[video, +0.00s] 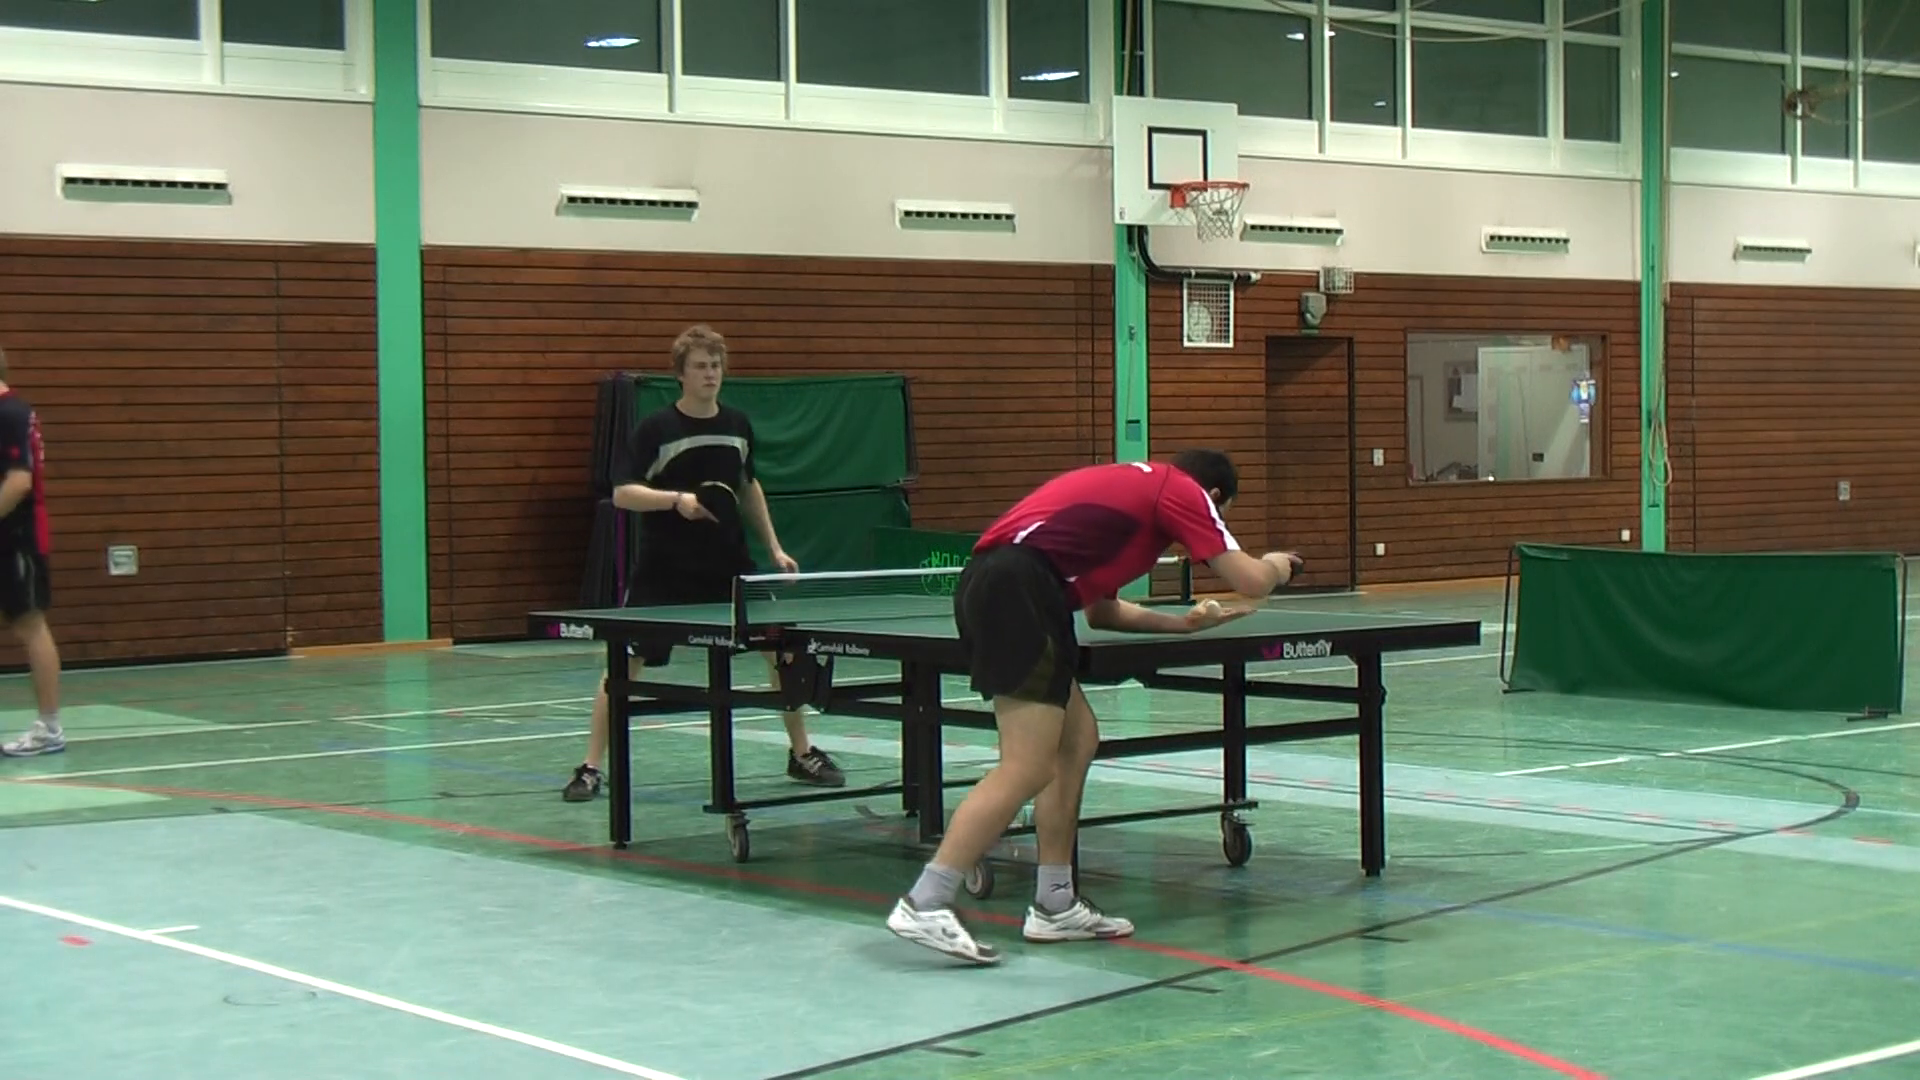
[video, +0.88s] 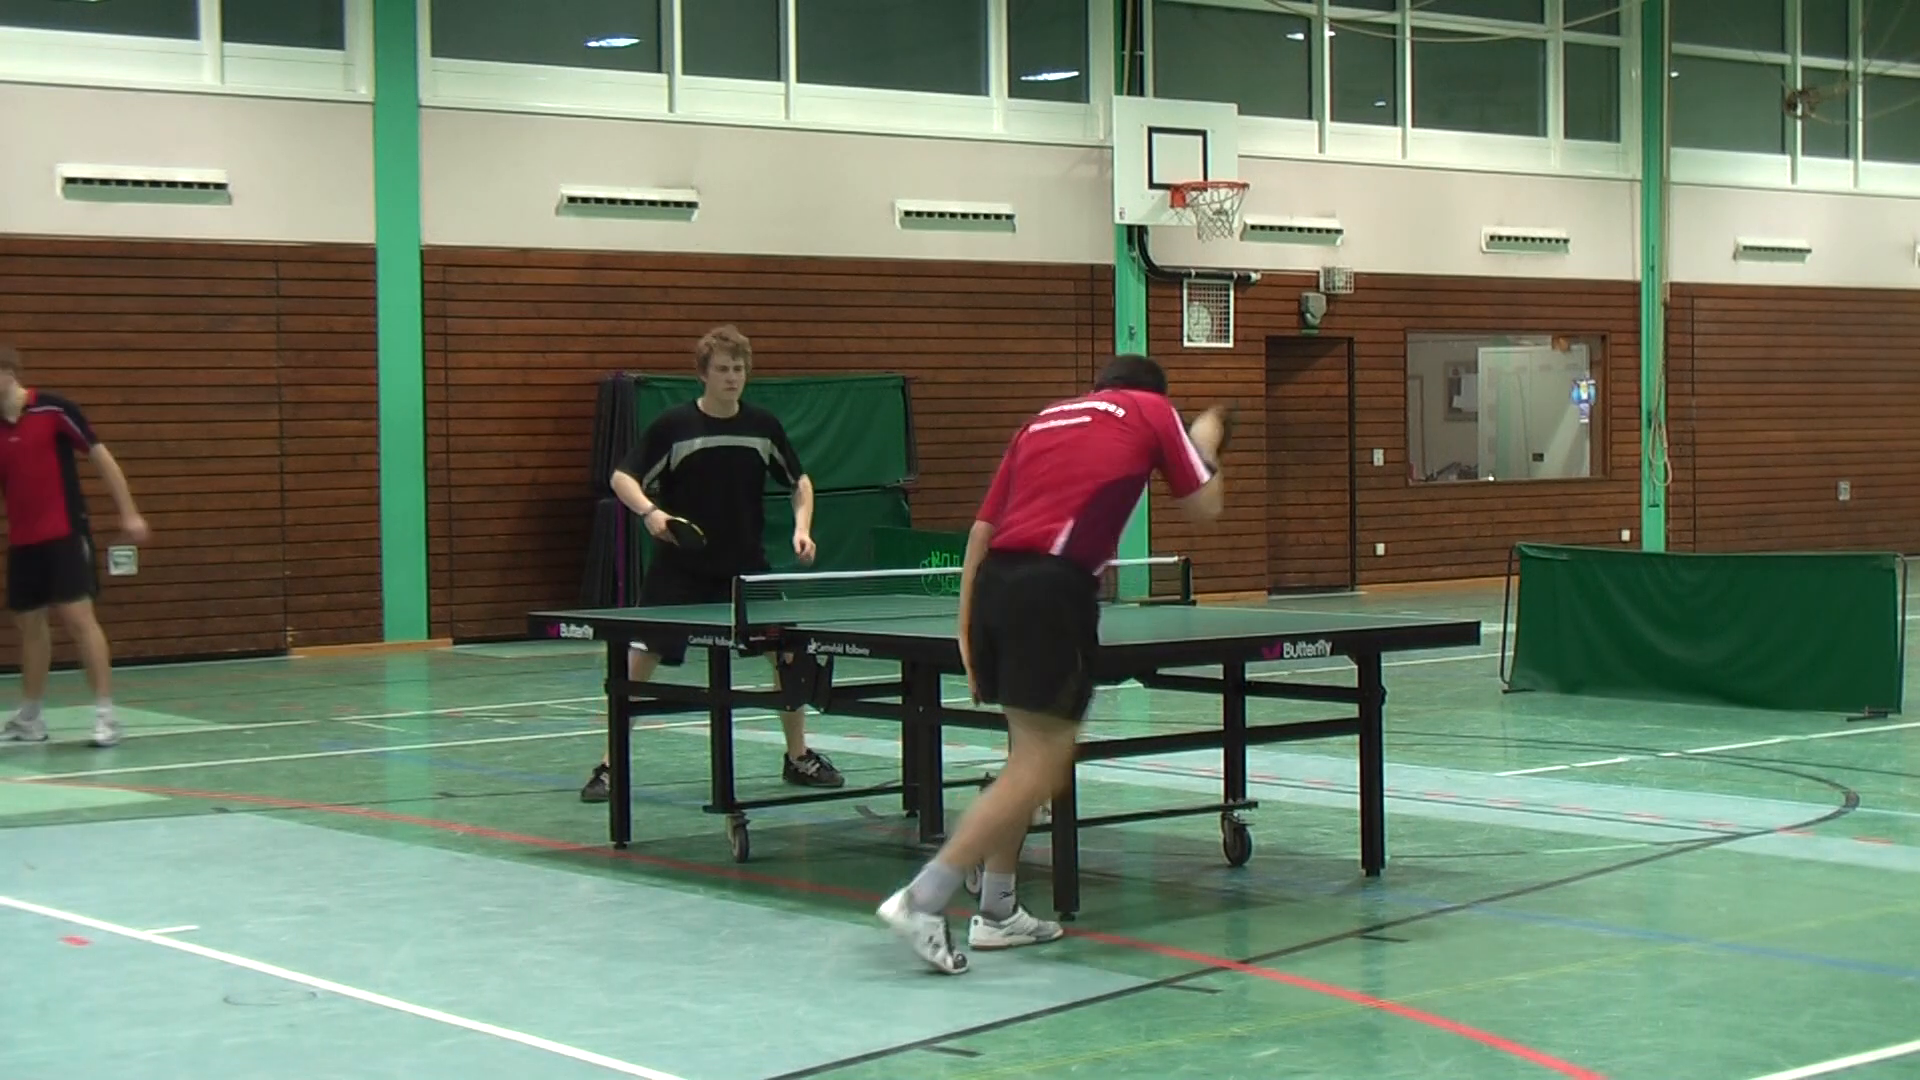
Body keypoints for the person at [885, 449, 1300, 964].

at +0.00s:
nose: (1215, 519)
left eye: (1218, 513)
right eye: (1217, 507)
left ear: (1175, 473)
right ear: (1207, 491)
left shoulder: (1121, 500)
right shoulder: (1177, 487)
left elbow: (1102, 609)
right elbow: (1252, 582)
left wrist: (1185, 619)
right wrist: (1277, 565)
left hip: (999, 585)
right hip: (1017, 583)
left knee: (1077, 738)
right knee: (1029, 763)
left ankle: (1054, 906)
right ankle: (924, 903)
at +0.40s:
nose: (1175, 434)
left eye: (1175, 425)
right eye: (1175, 424)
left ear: (1123, 401)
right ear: (1160, 414)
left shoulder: (1060, 426)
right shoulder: (1146, 436)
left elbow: (1070, 535)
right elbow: (1242, 508)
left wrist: (1151, 529)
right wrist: (1219, 538)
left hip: (976, 585)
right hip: (1016, 591)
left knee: (1065, 736)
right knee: (1003, 773)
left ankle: (1053, 904)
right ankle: (907, 914)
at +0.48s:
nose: (1160, 413)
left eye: (1161, 404)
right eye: (1160, 403)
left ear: (1105, 379)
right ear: (1143, 391)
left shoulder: (1038, 412)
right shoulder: (1128, 411)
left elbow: (1059, 517)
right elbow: (1217, 471)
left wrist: (1146, 521)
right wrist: (1199, 523)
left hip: (974, 579)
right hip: (1020, 585)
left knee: (1050, 739)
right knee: (1003, 765)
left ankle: (1051, 901)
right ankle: (908, 914)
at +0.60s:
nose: (1150, 398)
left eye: (1149, 387)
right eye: (1150, 387)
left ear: (1095, 362)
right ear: (1135, 374)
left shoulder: (1029, 404)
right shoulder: (1115, 384)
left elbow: (958, 500)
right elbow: (1161, 410)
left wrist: (1028, 540)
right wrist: (1169, 482)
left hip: (976, 575)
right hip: (1026, 578)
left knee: (1040, 736)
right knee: (1006, 758)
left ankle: (1021, 904)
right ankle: (912, 913)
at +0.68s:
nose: (1153, 407)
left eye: (1156, 400)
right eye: (1156, 398)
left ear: (1097, 365)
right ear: (1141, 382)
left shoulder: (1027, 416)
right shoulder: (1118, 380)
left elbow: (952, 491)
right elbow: (1123, 399)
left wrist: (978, 562)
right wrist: (1153, 473)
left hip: (987, 577)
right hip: (1034, 576)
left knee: (1038, 742)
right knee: (1014, 755)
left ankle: (1002, 910)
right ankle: (916, 912)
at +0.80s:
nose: (1162, 420)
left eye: (1163, 411)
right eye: (1161, 409)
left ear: (1102, 383)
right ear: (1147, 393)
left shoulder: (1038, 418)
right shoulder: (1138, 405)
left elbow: (973, 531)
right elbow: (1153, 484)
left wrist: (955, 626)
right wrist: (1164, 544)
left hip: (986, 585)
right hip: (1042, 584)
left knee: (1029, 751)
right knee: (1010, 760)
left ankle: (998, 911)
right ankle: (911, 912)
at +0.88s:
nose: (1165, 413)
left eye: (1163, 403)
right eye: (1164, 403)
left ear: (1105, 385)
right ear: (1154, 394)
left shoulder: (1041, 420)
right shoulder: (1152, 410)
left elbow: (981, 532)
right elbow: (1205, 505)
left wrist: (966, 632)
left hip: (993, 585)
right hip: (1052, 589)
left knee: (1028, 756)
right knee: (1038, 768)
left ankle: (997, 911)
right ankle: (919, 902)